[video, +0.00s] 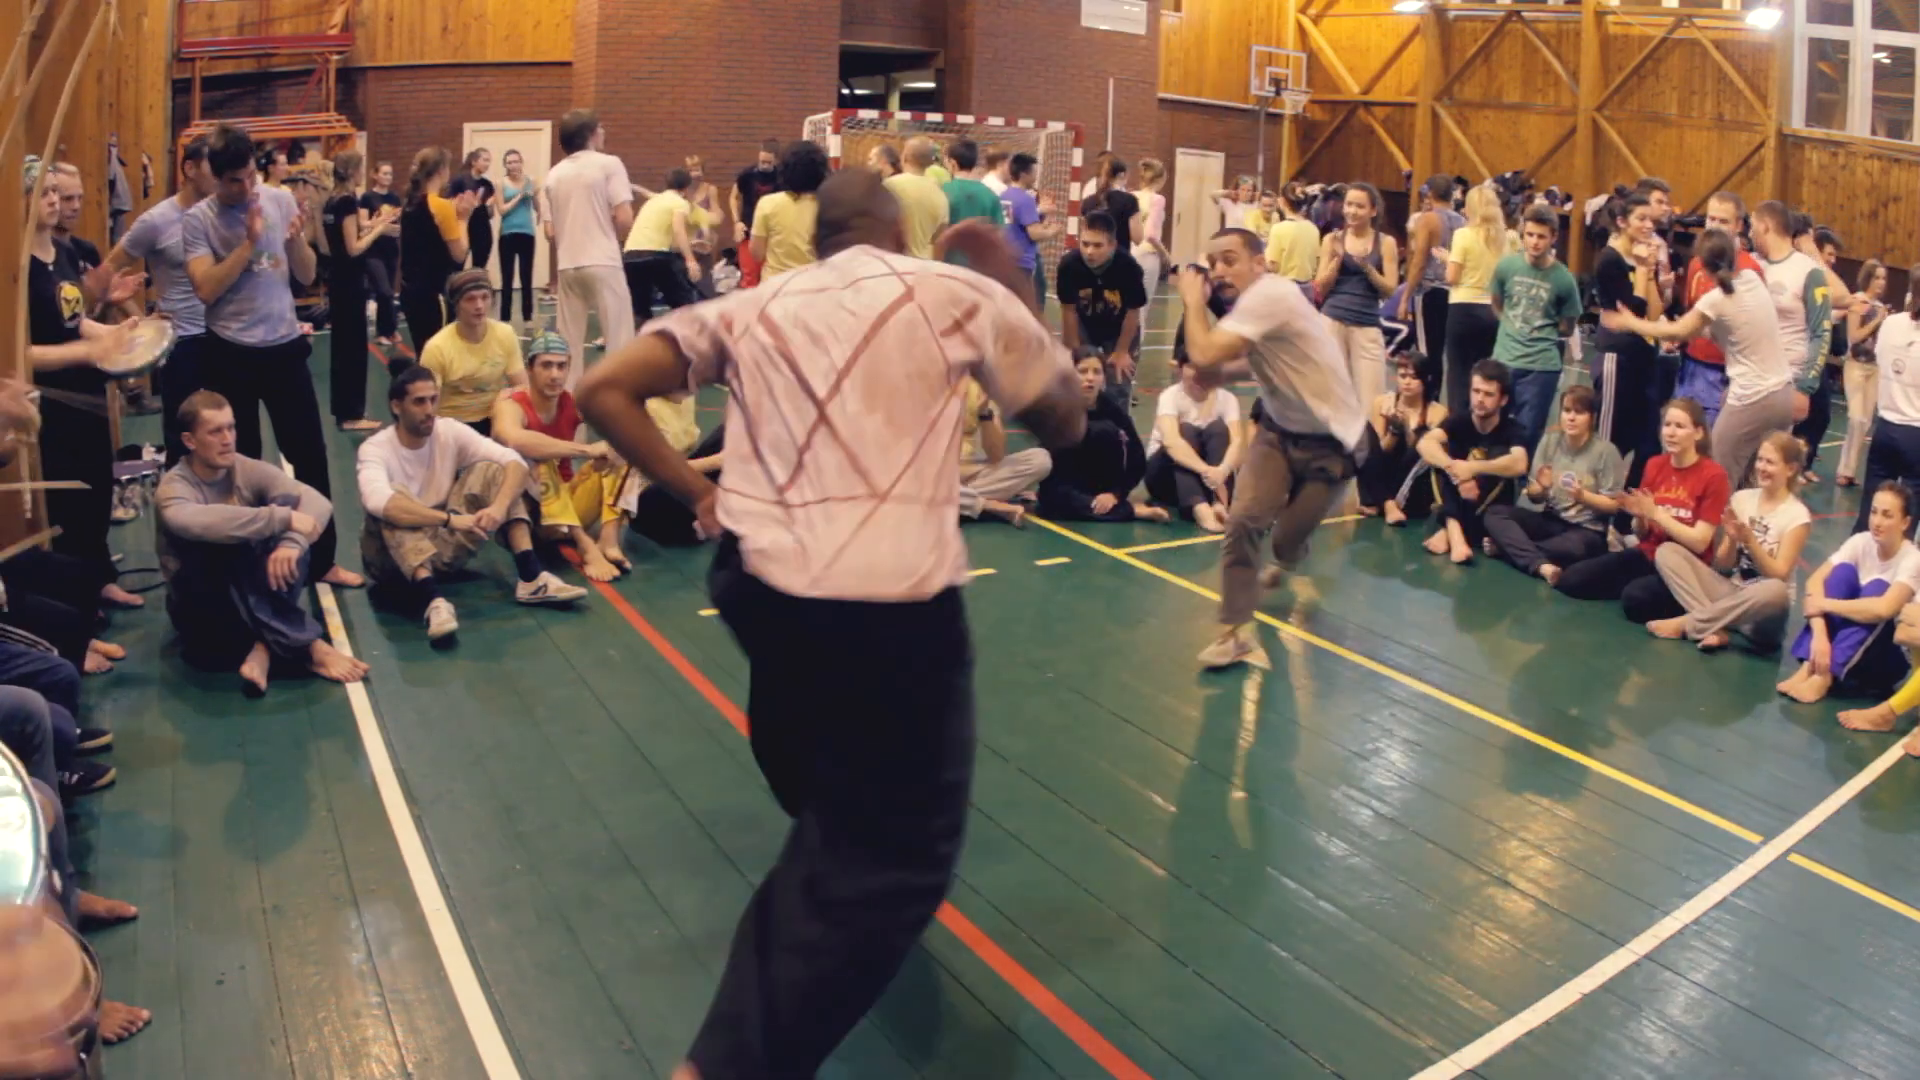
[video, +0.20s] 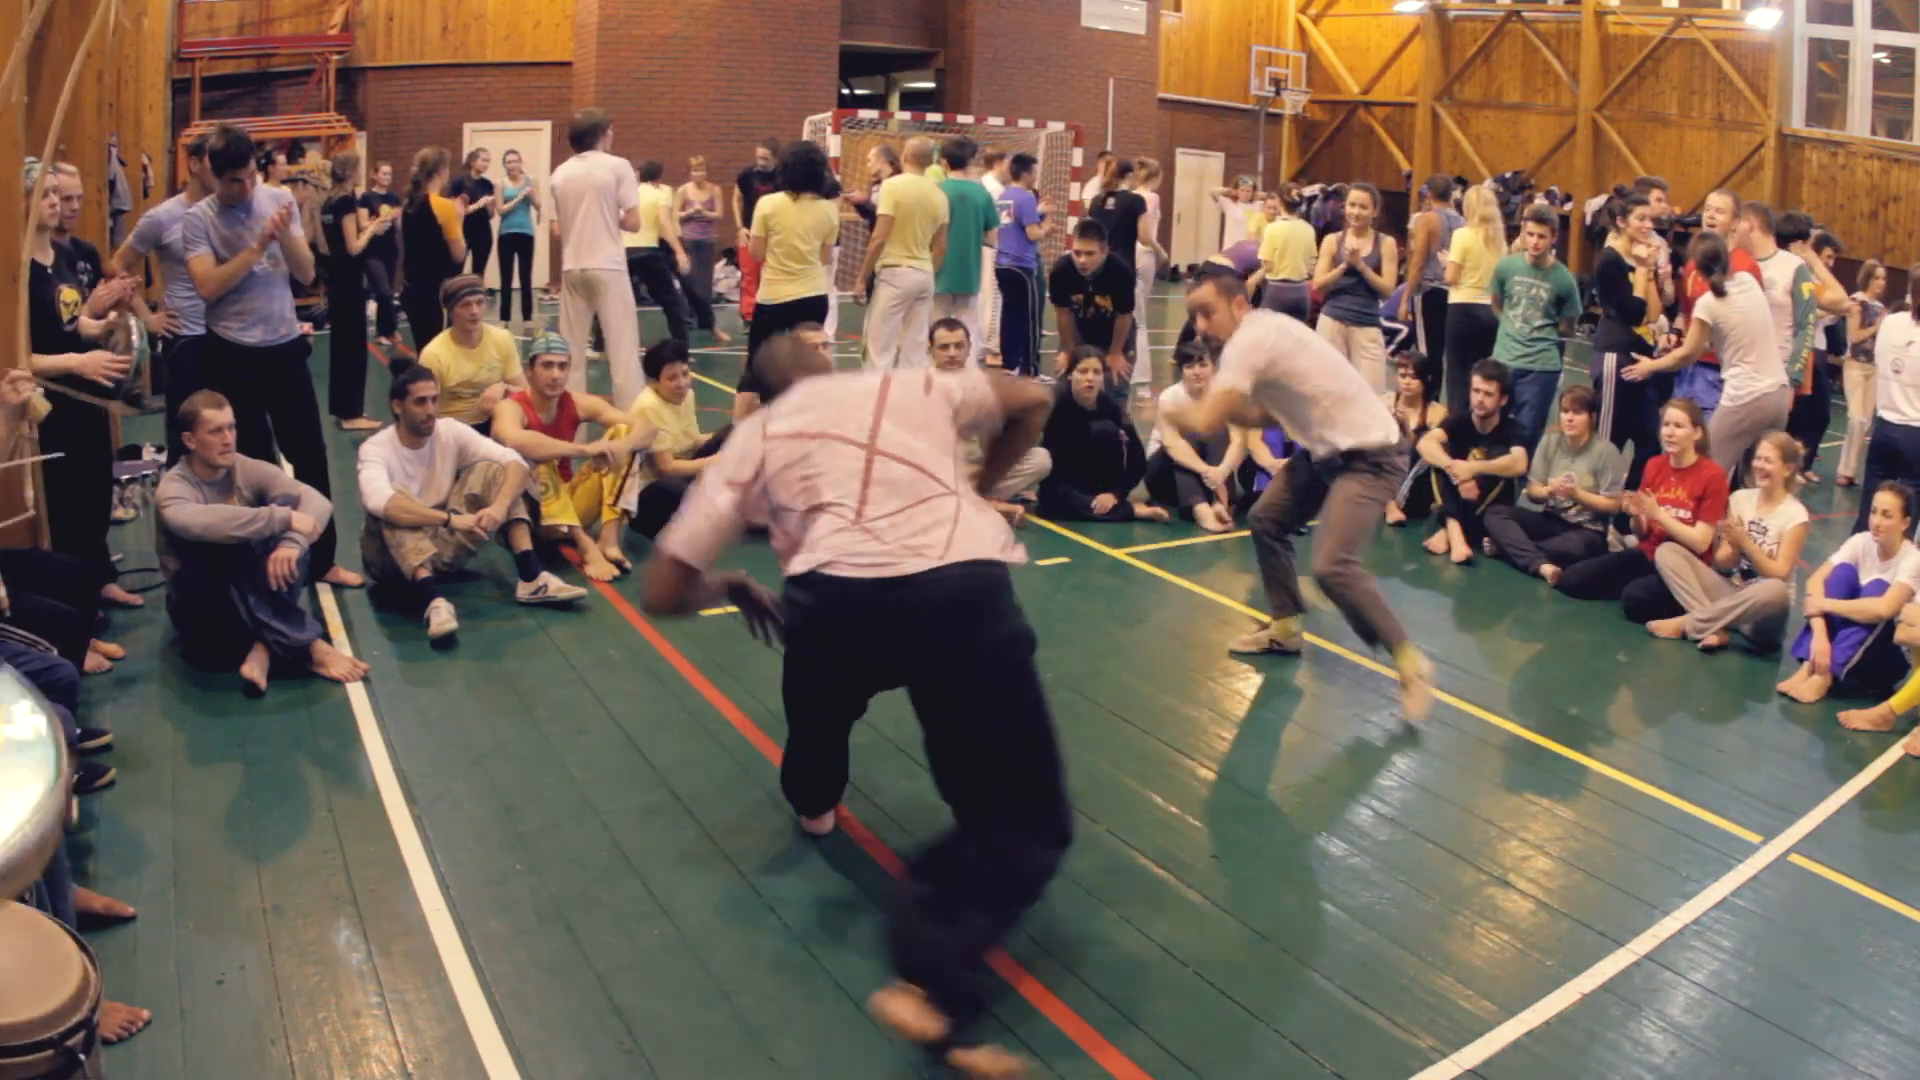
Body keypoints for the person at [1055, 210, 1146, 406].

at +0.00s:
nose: (1090, 252)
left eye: (1098, 246)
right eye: (1085, 244)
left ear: (1113, 245)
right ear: (1079, 241)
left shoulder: (1128, 268)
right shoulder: (1069, 266)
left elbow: (1132, 313)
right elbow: (1069, 312)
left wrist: (1122, 351)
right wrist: (1072, 351)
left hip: (1118, 334)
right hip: (1085, 332)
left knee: (1116, 388)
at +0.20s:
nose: (1083, 261)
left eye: (1090, 254)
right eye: (1078, 253)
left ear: (1105, 251)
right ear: (1071, 248)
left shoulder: (1121, 272)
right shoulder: (1061, 271)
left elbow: (1124, 316)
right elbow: (1063, 314)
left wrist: (1115, 353)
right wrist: (1068, 350)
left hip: (1113, 339)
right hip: (1079, 339)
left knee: (1114, 391)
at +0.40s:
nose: (1079, 257)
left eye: (1086, 250)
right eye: (1074, 249)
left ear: (1101, 249)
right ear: (1067, 246)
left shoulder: (1116, 271)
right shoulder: (1057, 266)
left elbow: (1117, 317)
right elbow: (1060, 311)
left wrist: (1114, 354)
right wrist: (1065, 349)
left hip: (1108, 332)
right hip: (1074, 331)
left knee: (1114, 386)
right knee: (1061, 381)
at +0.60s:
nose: (1079, 256)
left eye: (1086, 249)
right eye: (1074, 249)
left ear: (1100, 248)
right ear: (1067, 246)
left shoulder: (1113, 268)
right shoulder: (1057, 264)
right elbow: (1060, 311)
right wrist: (1066, 349)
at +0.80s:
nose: (1078, 252)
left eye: (1086, 246)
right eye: (1074, 245)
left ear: (1101, 247)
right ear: (1068, 242)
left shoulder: (1116, 270)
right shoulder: (1057, 265)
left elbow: (1115, 316)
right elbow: (1060, 310)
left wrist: (1113, 354)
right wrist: (1062, 350)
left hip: (1106, 333)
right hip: (1071, 332)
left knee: (1113, 386)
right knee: (1058, 384)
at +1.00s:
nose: (1078, 252)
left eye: (1086, 246)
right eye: (1074, 244)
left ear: (1101, 247)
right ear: (1068, 242)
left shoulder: (1117, 271)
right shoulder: (1058, 265)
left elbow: (1115, 316)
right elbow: (1060, 309)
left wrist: (1114, 354)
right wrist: (1062, 350)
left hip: (1107, 332)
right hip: (1072, 331)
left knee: (1113, 387)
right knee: (1058, 385)